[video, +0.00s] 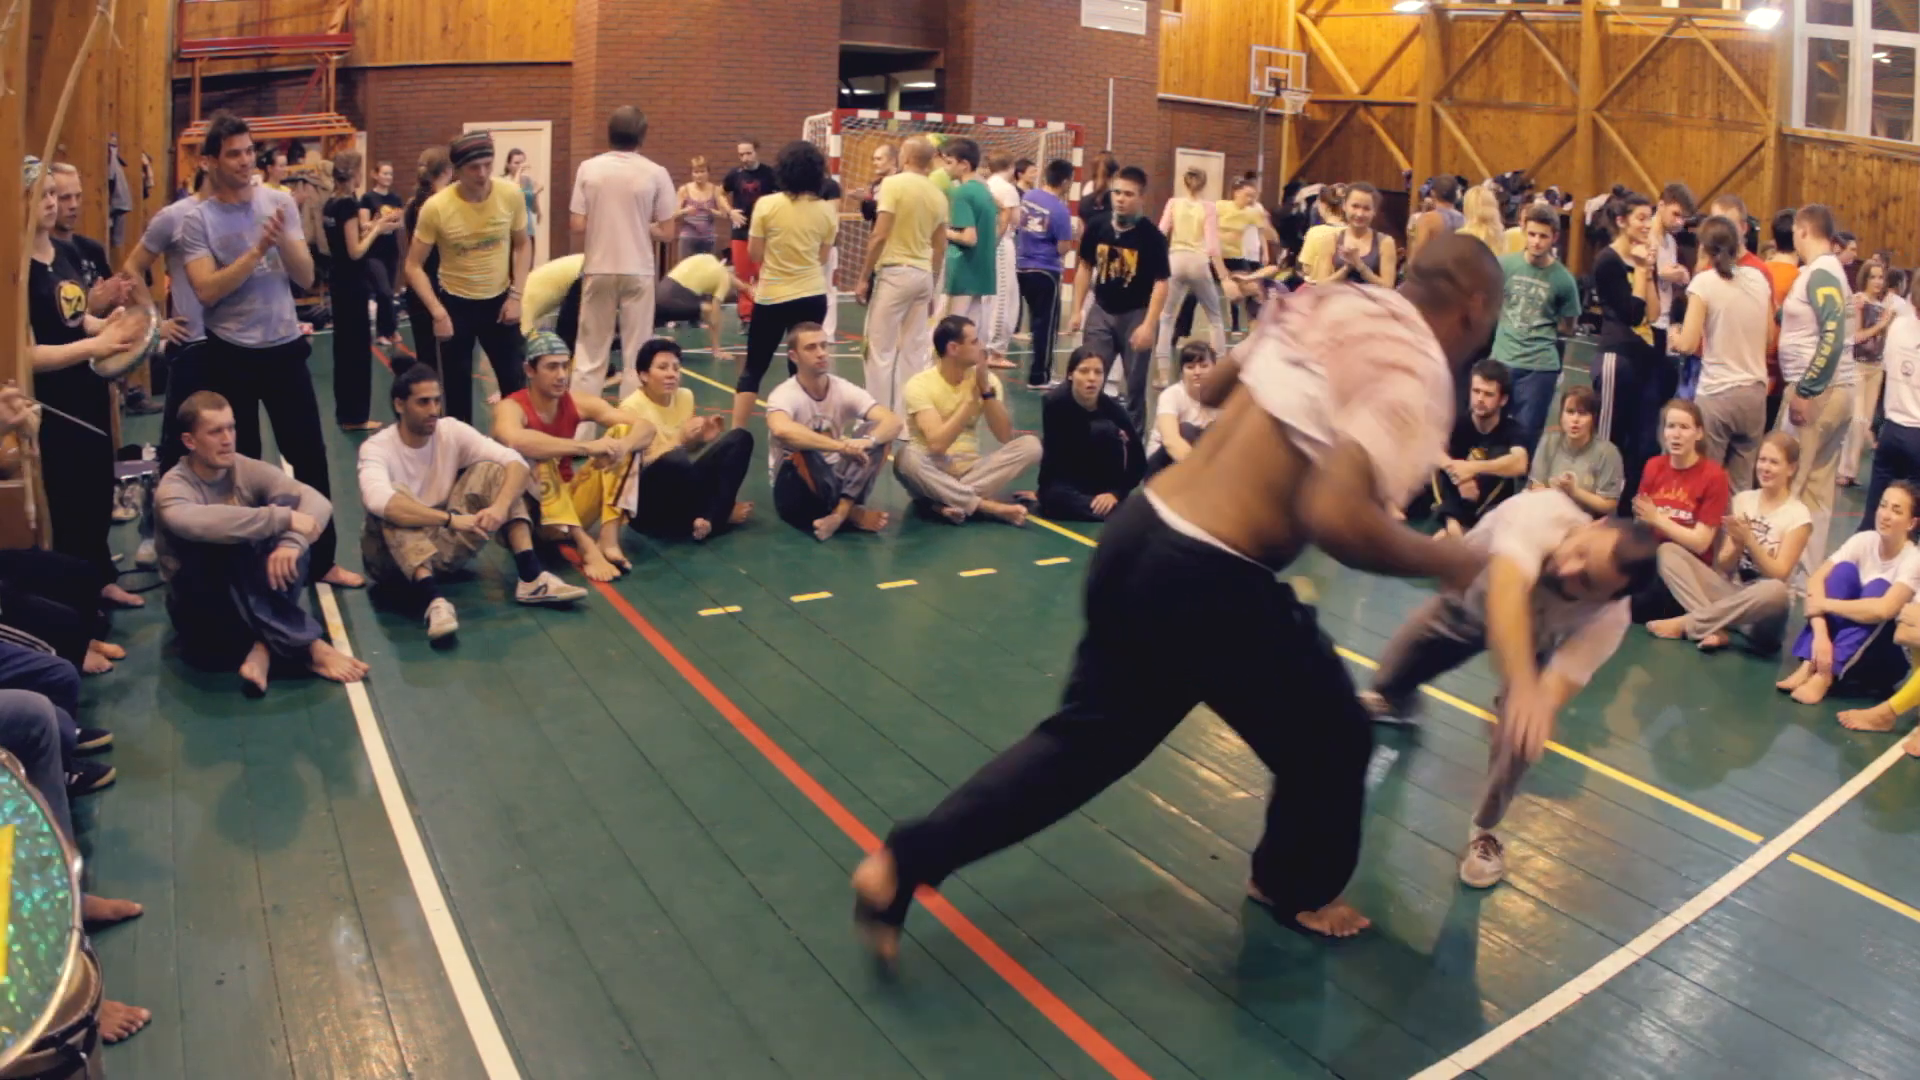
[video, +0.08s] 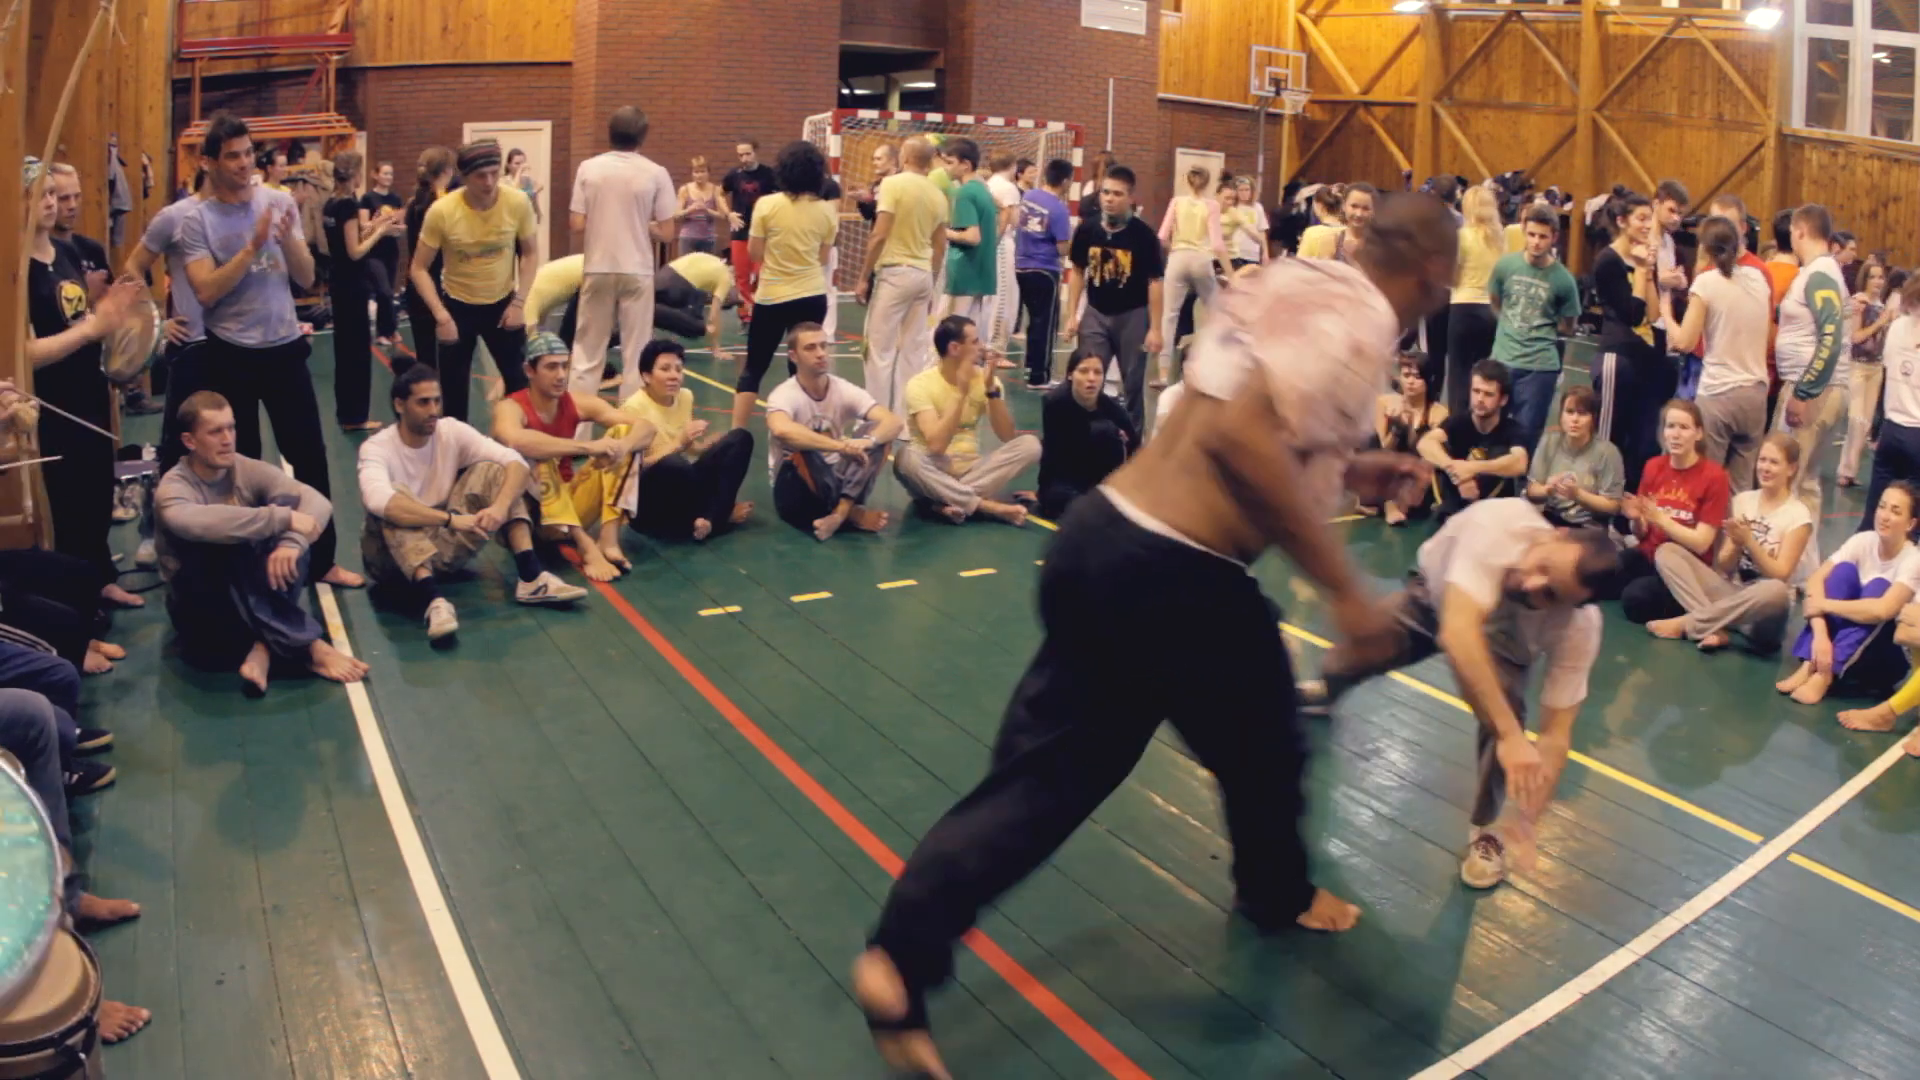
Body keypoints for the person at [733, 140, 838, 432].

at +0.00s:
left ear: (781, 171)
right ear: (818, 172)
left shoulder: (766, 205)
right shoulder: (827, 210)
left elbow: (755, 252)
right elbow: (824, 255)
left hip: (772, 300)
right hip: (813, 298)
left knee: (753, 369)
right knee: (804, 366)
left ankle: (736, 437)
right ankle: (808, 433)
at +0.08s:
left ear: (781, 171)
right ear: (818, 172)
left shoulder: (766, 205)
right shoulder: (827, 210)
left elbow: (755, 251)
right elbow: (824, 256)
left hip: (772, 299)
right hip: (813, 298)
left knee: (753, 368)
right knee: (805, 366)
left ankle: (736, 437)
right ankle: (808, 434)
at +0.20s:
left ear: (781, 171)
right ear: (819, 172)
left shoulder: (766, 205)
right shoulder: (827, 210)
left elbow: (755, 251)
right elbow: (824, 256)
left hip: (772, 300)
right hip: (813, 298)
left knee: (753, 369)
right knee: (804, 366)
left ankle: (736, 437)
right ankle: (808, 434)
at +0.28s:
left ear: (782, 171)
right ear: (819, 173)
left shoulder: (767, 205)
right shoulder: (827, 210)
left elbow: (755, 251)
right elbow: (825, 256)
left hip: (772, 299)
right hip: (813, 298)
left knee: (753, 368)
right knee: (805, 366)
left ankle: (736, 436)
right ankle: (808, 433)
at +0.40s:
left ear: (782, 171)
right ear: (820, 172)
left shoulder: (767, 205)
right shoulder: (828, 210)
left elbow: (755, 252)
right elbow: (825, 256)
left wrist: (779, 257)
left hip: (773, 300)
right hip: (813, 298)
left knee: (754, 369)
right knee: (805, 367)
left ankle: (736, 436)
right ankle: (808, 434)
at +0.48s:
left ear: (783, 171)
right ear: (820, 172)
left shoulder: (767, 205)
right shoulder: (828, 210)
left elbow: (756, 251)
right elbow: (825, 255)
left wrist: (781, 255)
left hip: (772, 300)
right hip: (813, 298)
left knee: (754, 368)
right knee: (806, 366)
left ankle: (736, 435)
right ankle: (808, 433)